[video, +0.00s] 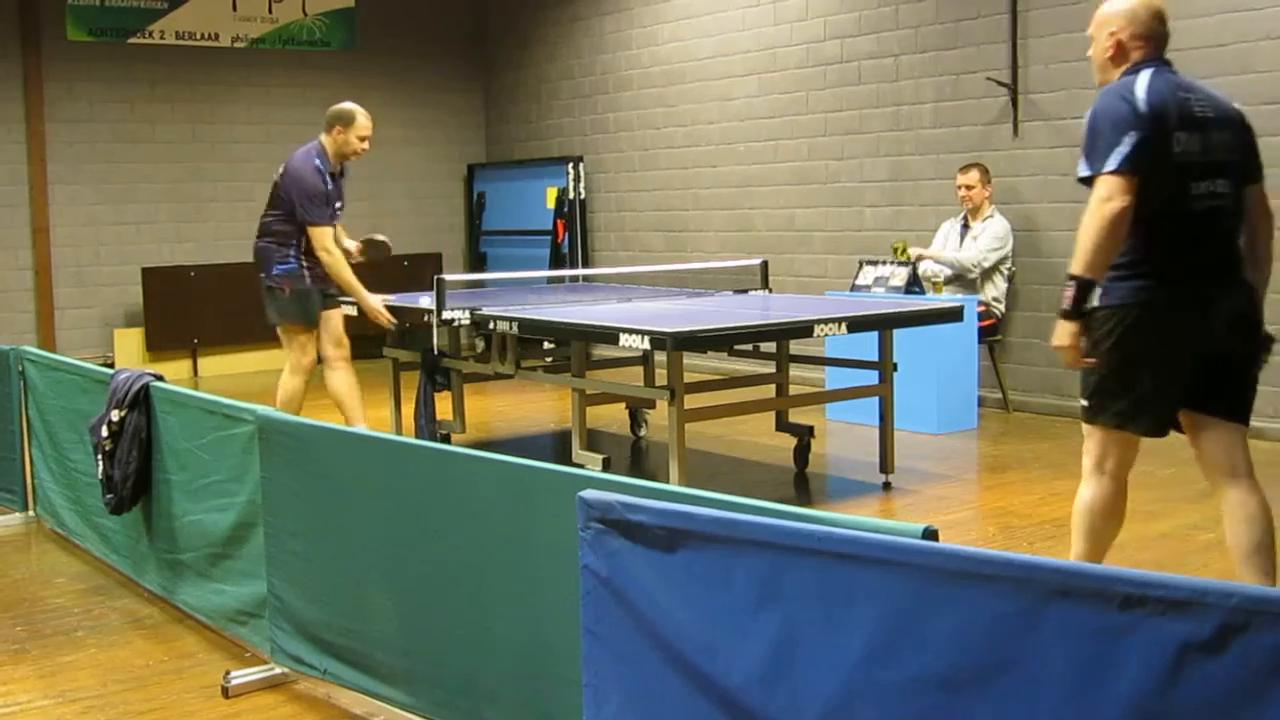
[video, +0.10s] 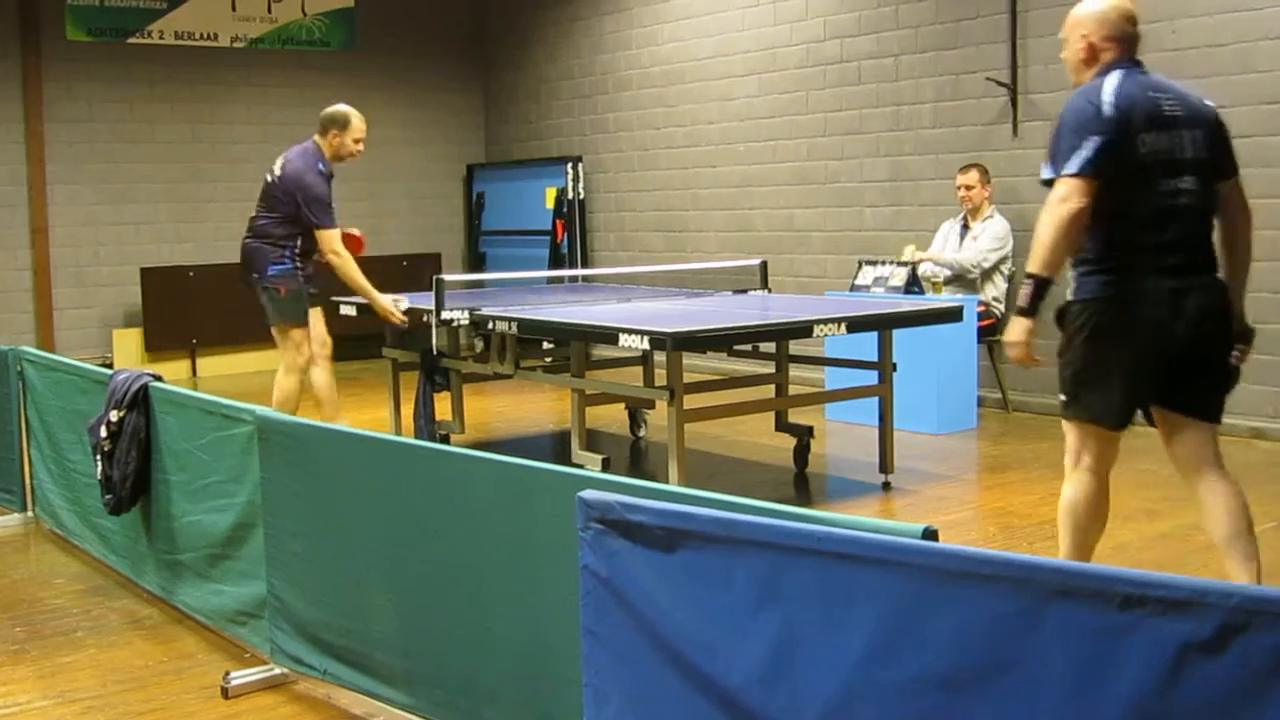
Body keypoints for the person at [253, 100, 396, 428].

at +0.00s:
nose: (366, 147)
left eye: (368, 140)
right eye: (361, 139)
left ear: (341, 135)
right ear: (336, 132)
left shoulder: (334, 165)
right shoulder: (307, 170)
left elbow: (327, 216)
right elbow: (323, 250)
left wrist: (345, 241)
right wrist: (365, 299)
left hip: (317, 259)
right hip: (284, 262)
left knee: (337, 351)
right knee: (301, 359)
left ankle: (360, 438)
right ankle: (278, 444)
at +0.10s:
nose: (361, 149)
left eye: (363, 141)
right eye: (356, 141)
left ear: (332, 136)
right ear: (332, 136)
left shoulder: (307, 155)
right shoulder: (310, 174)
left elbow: (297, 215)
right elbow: (333, 253)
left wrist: (332, 236)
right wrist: (376, 300)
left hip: (289, 258)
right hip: (273, 259)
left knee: (320, 349)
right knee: (295, 355)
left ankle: (337, 435)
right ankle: (278, 442)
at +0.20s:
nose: (355, 148)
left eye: (357, 140)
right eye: (352, 140)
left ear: (328, 135)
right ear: (331, 135)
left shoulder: (292, 151)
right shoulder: (310, 173)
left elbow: (276, 211)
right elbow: (329, 249)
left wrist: (302, 249)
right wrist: (376, 292)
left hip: (258, 252)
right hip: (268, 260)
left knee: (301, 344)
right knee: (290, 354)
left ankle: (305, 429)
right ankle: (276, 441)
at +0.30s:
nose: (343, 143)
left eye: (344, 136)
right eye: (341, 136)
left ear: (316, 130)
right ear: (321, 131)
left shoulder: (277, 149)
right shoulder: (303, 168)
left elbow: (267, 211)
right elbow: (316, 245)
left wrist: (293, 254)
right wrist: (358, 279)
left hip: (239, 257)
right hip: (265, 262)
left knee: (264, 349)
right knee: (287, 354)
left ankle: (250, 432)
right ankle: (277, 440)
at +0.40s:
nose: (326, 140)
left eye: (328, 133)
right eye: (325, 132)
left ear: (296, 125)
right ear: (308, 127)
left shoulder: (259, 150)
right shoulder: (292, 166)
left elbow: (253, 218)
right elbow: (300, 239)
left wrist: (283, 255)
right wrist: (333, 261)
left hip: (226, 254)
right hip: (258, 260)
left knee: (239, 345)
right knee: (285, 354)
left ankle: (210, 426)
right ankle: (278, 441)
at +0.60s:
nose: (289, 143)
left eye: (291, 137)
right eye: (290, 136)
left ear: (259, 127)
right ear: (276, 131)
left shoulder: (228, 155)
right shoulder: (259, 165)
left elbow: (226, 226)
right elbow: (263, 229)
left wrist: (263, 265)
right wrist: (295, 255)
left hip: (204, 261)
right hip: (234, 264)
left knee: (204, 353)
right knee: (272, 353)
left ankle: (172, 427)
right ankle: (274, 443)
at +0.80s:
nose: (263, 147)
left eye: (265, 140)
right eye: (264, 140)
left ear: (231, 129)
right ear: (255, 135)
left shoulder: (201, 157)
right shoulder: (235, 166)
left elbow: (195, 218)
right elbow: (229, 222)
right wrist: (252, 273)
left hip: (175, 262)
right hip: (210, 264)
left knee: (186, 353)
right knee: (251, 352)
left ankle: (167, 433)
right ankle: (267, 441)